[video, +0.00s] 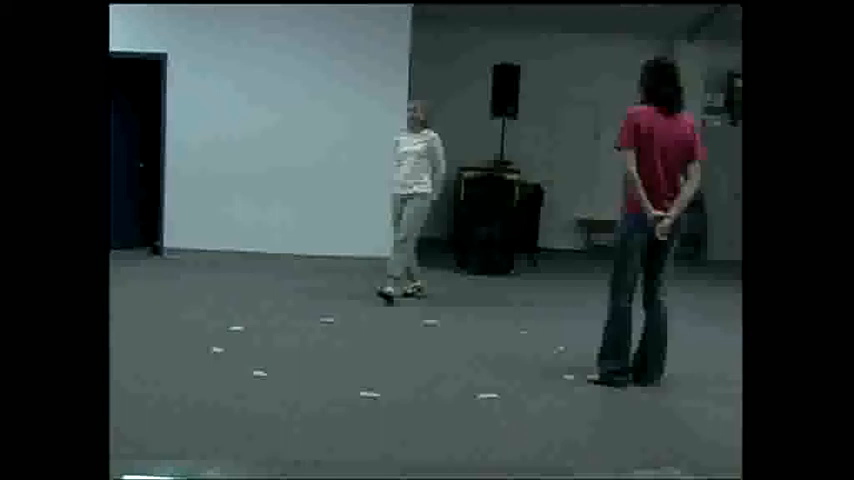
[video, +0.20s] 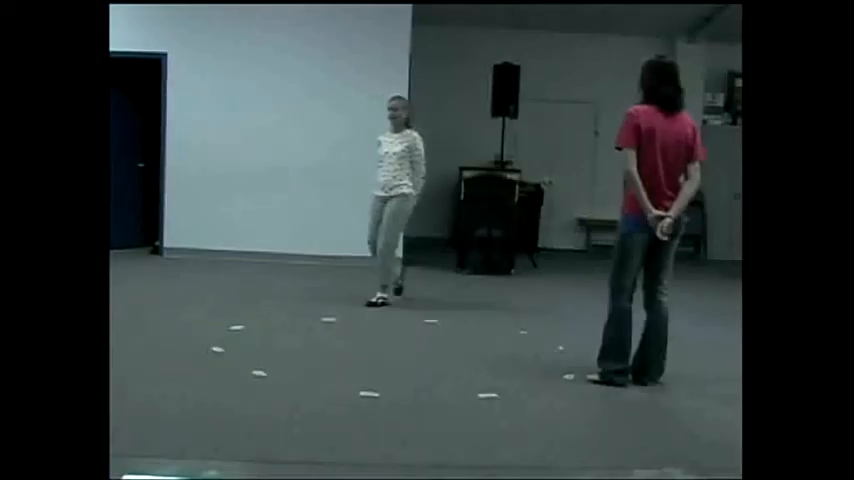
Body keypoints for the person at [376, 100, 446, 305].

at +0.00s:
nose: (412, 115)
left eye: (416, 111)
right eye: (409, 111)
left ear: (424, 115)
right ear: (406, 114)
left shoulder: (431, 139)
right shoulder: (400, 139)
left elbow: (440, 167)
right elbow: (395, 164)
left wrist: (435, 190)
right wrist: (393, 185)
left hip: (420, 192)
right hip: (399, 191)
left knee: (405, 237)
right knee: (402, 238)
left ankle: (392, 283)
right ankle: (414, 281)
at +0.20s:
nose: (393, 113)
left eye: (397, 109)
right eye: (390, 109)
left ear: (407, 113)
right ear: (387, 112)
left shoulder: (413, 138)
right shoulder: (383, 139)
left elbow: (419, 170)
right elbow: (382, 167)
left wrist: (414, 192)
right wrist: (381, 186)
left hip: (402, 193)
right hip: (381, 192)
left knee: (386, 241)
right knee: (373, 240)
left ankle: (383, 290)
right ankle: (396, 271)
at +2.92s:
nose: (235, 88)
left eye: (240, 83)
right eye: (230, 84)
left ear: (247, 87)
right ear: (223, 88)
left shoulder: (258, 119)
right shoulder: (211, 119)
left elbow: (263, 155)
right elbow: (207, 154)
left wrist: (254, 179)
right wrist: (216, 177)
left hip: (247, 191)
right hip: (216, 191)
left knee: (244, 254)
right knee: (217, 254)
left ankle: (241, 309)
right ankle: (217, 309)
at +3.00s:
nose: (235, 88)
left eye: (240, 84)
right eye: (230, 84)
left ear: (247, 87)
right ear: (223, 88)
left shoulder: (259, 119)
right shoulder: (211, 120)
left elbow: (263, 156)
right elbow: (207, 155)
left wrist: (254, 179)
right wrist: (217, 177)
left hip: (247, 192)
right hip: (216, 191)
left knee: (244, 254)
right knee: (217, 254)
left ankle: (241, 309)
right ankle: (217, 309)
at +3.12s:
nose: (235, 88)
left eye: (240, 84)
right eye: (230, 84)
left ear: (247, 87)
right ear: (224, 88)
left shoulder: (259, 119)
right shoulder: (212, 119)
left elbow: (264, 157)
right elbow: (208, 154)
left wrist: (254, 180)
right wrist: (217, 176)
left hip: (247, 192)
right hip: (216, 191)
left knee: (244, 254)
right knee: (217, 254)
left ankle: (241, 309)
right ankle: (217, 309)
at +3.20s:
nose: (235, 88)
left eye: (240, 84)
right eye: (230, 84)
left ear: (248, 87)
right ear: (224, 88)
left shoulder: (259, 120)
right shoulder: (212, 119)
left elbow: (264, 157)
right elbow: (209, 154)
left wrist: (254, 180)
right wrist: (218, 176)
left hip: (248, 192)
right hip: (216, 191)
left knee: (244, 254)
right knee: (217, 254)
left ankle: (241, 310)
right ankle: (218, 309)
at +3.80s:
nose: (236, 88)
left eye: (241, 84)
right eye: (231, 84)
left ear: (247, 87)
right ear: (224, 88)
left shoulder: (259, 119)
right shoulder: (212, 119)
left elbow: (263, 157)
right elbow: (208, 154)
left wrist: (255, 180)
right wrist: (217, 177)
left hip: (247, 191)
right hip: (216, 190)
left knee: (244, 253)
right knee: (218, 253)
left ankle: (241, 309)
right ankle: (218, 308)